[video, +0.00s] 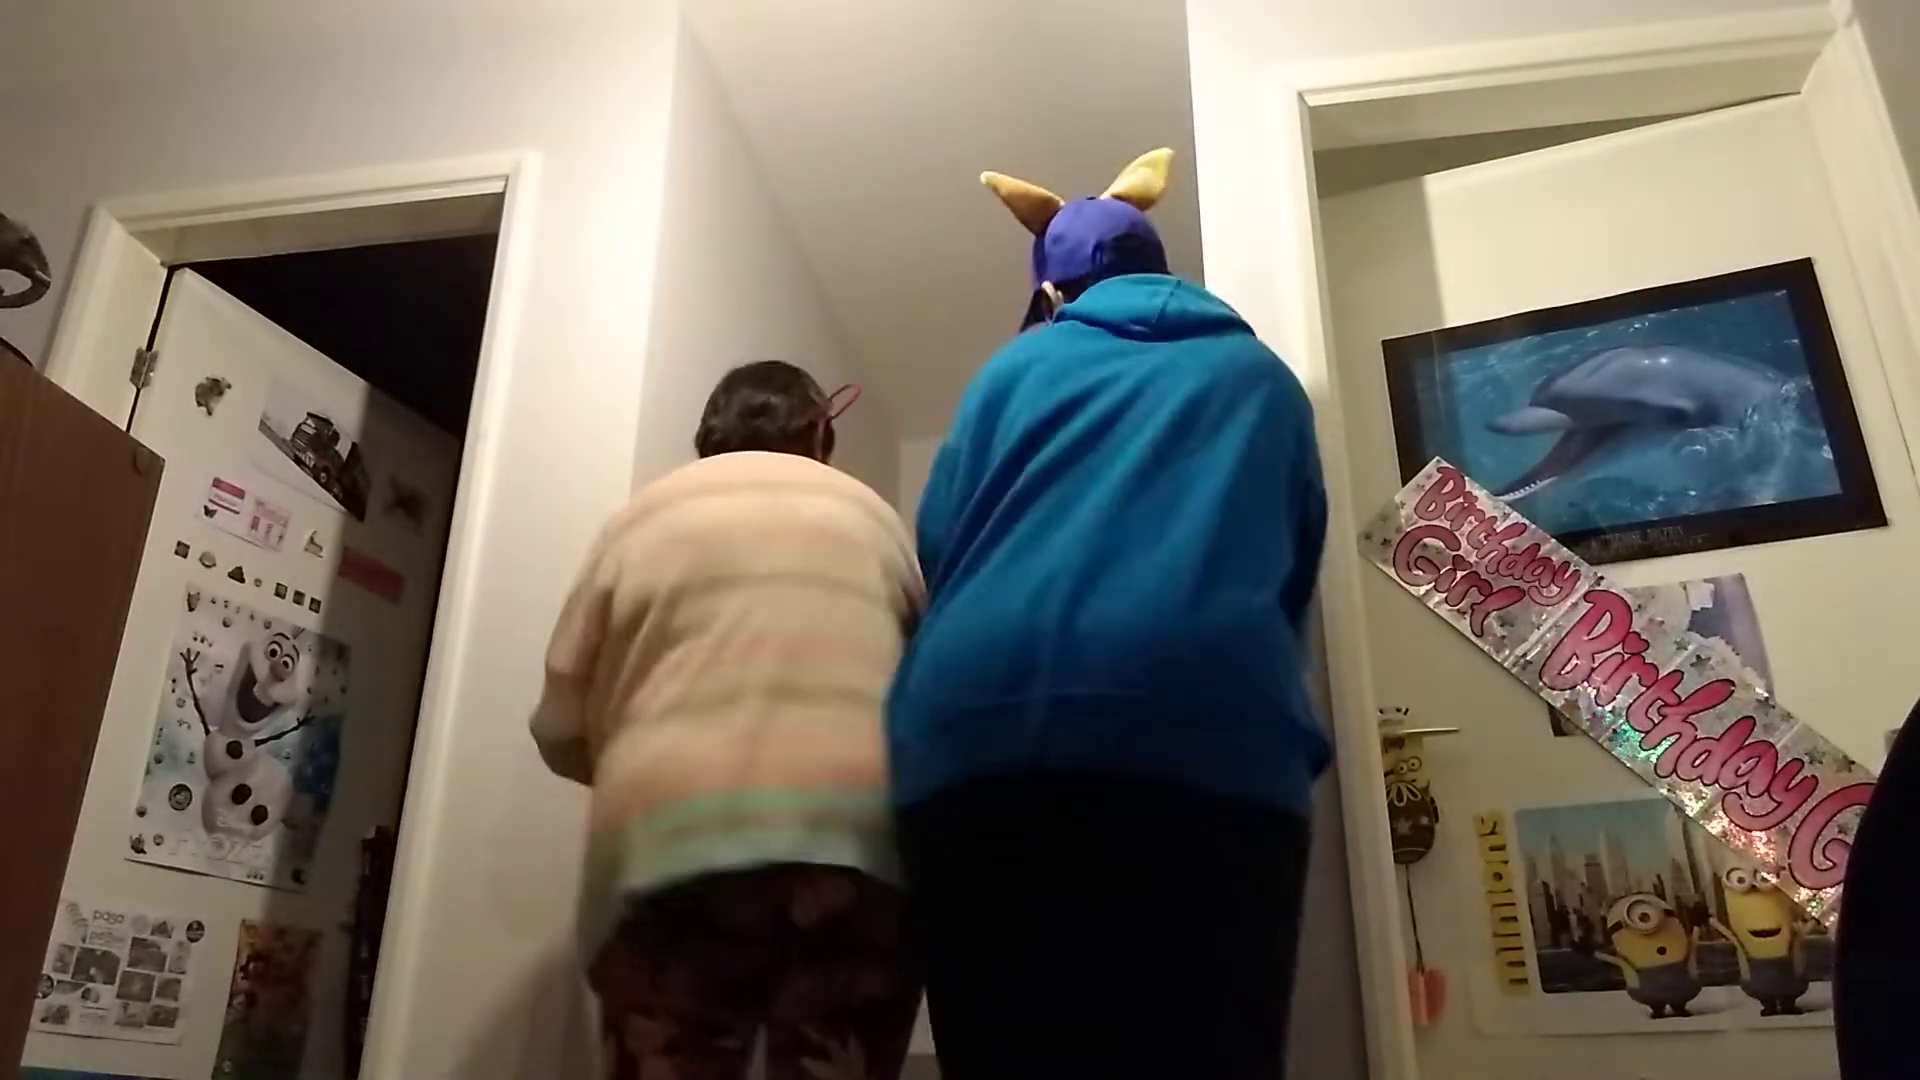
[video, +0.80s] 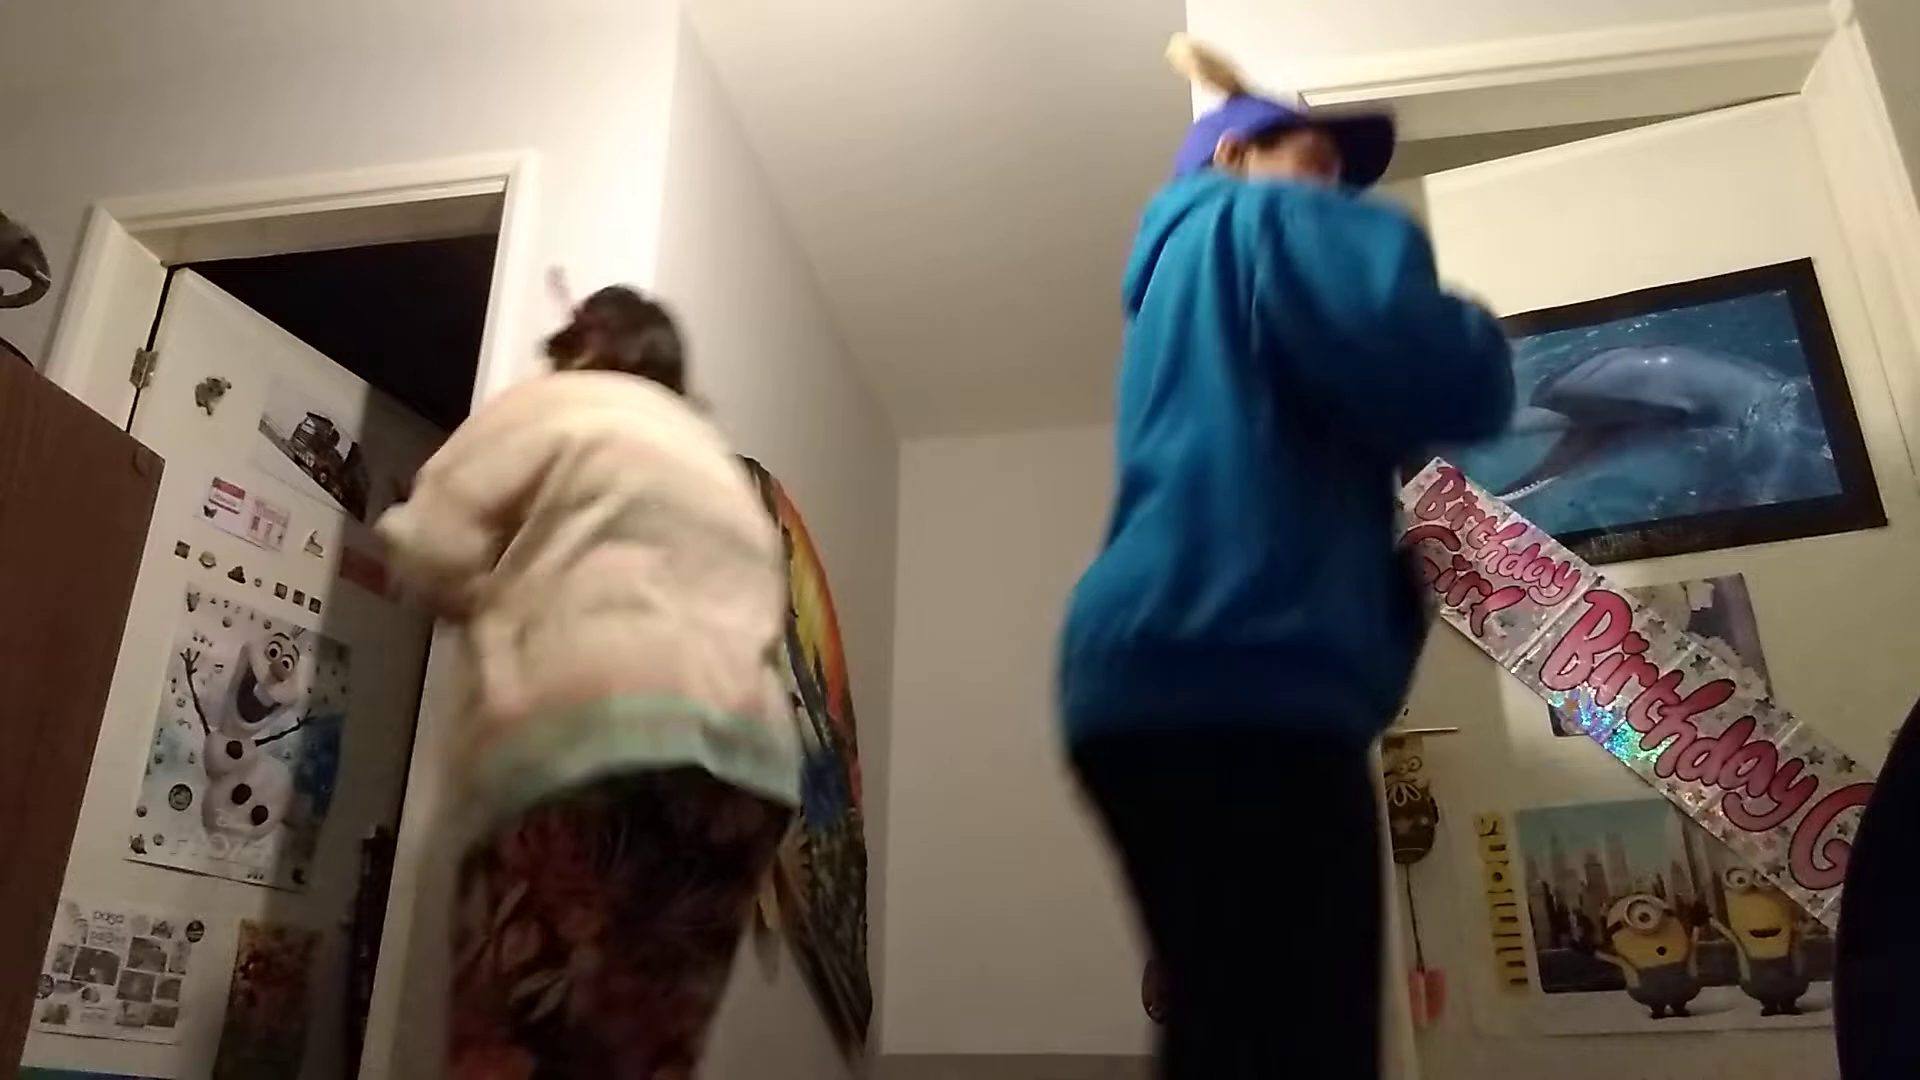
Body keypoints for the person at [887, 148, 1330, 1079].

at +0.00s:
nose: (1031, 309)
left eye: (1034, 296)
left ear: (1051, 296)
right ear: (1164, 277)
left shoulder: (1009, 373)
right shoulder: (1266, 378)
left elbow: (940, 547)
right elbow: (1295, 572)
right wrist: (1242, 684)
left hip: (979, 759)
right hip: (1220, 765)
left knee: (1002, 1049)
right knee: (1213, 1049)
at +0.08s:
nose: (1038, 279)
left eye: (1042, 266)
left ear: (1056, 276)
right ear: (1175, 256)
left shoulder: (1003, 363)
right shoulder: (1266, 358)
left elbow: (954, 552)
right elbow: (1319, 599)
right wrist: (1251, 682)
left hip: (1003, 760)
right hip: (1236, 761)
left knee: (1019, 1047)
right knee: (1229, 1046)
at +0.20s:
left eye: (1068, 210)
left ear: (1063, 232)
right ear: (1182, 214)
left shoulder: (989, 351)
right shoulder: (1263, 315)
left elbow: (973, 535)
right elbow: (1358, 541)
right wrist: (1254, 602)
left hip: (1021, 740)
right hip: (1245, 728)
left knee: (1038, 1043)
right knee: (1266, 1037)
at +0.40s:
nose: (1228, 247)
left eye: (1225, 231)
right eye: (1217, 228)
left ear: (1088, 227)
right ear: (1172, 213)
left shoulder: (1018, 360)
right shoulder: (1212, 285)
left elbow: (1000, 534)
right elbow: (1353, 482)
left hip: (1015, 729)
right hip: (1220, 715)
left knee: (1037, 1034)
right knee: (1240, 1031)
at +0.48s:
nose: (1246, 246)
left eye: (1246, 228)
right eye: (1231, 224)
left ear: (1121, 222)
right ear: (1165, 208)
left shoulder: (1048, 359)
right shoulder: (1220, 280)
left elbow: (996, 553)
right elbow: (1339, 476)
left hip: (1008, 730)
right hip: (1198, 714)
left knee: (1051, 1038)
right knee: (1240, 1036)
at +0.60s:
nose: (1296, 251)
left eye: (1295, 233)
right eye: (1275, 226)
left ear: (1177, 229)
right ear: (1201, 217)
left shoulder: (1114, 342)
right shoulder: (1243, 290)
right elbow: (1350, 493)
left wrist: (1379, 432)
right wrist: (1410, 438)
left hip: (1026, 749)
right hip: (1175, 739)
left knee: (1104, 1054)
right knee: (1279, 1049)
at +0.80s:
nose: (1332, 182)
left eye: (1335, 163)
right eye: (1316, 155)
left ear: (1229, 157)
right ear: (1241, 149)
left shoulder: (1177, 256)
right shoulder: (1272, 221)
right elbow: (1462, 380)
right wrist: (1455, 326)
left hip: (1146, 683)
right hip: (1248, 678)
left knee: (1224, 1023)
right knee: (1305, 1027)